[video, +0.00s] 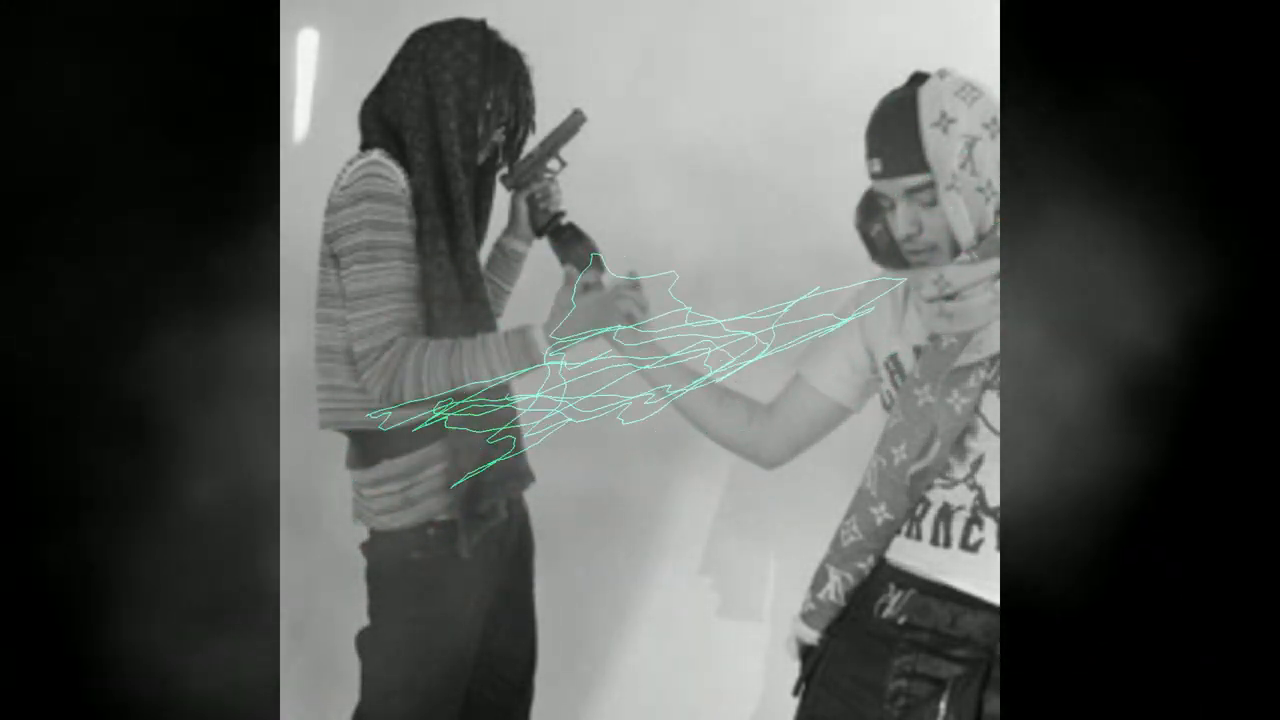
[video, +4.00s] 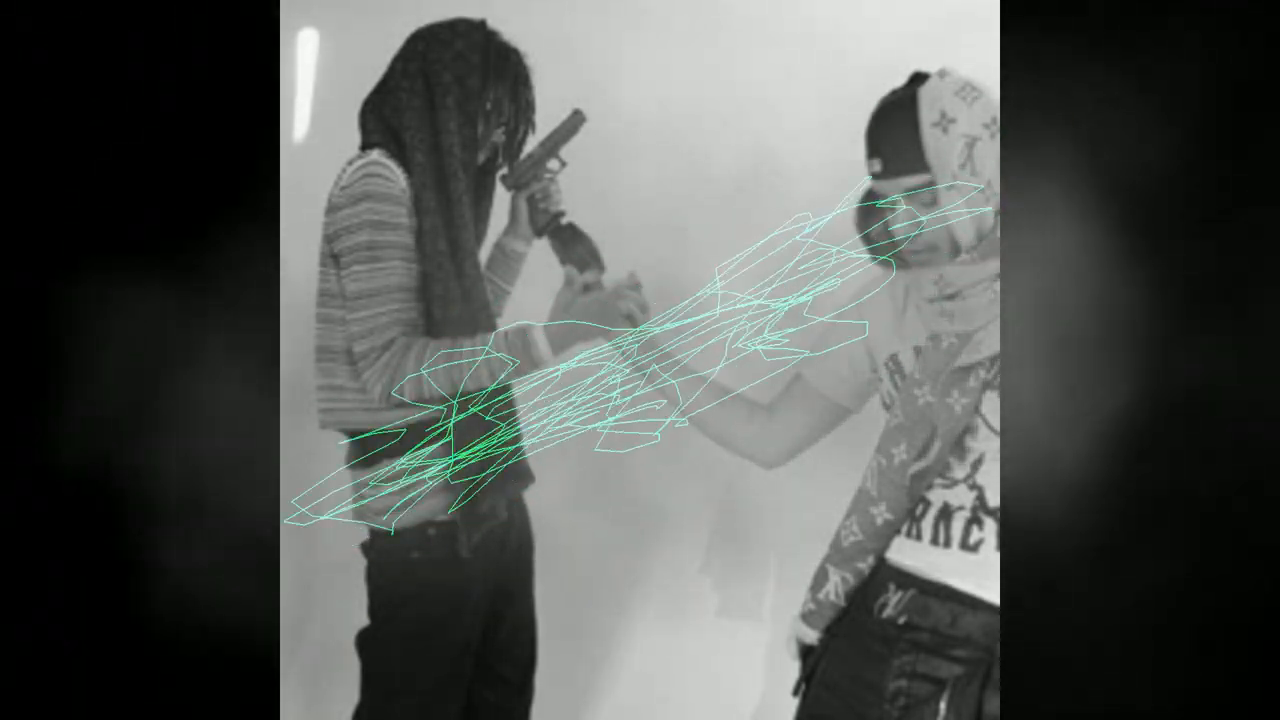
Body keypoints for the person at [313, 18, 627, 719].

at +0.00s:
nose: (496, 143)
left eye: (503, 125)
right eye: (491, 120)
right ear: (449, 108)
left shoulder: (426, 191)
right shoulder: (376, 183)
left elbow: (463, 332)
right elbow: (386, 370)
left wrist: (518, 233)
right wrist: (550, 337)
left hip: (489, 509)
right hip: (425, 527)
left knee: (501, 702)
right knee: (408, 707)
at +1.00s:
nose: (498, 145)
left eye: (505, 127)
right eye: (493, 122)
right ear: (450, 108)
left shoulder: (425, 192)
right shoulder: (376, 183)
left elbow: (462, 332)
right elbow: (388, 368)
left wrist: (518, 235)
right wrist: (549, 339)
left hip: (485, 500)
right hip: (422, 516)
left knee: (500, 700)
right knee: (411, 705)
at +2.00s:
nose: (499, 148)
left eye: (505, 127)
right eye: (492, 123)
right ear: (449, 108)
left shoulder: (427, 192)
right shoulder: (377, 182)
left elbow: (461, 333)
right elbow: (389, 371)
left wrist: (517, 236)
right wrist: (538, 343)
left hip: (488, 505)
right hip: (425, 522)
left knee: (500, 701)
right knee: (413, 705)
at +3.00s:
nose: (498, 144)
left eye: (504, 124)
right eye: (490, 120)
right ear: (445, 108)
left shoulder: (429, 191)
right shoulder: (377, 183)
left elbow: (464, 335)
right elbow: (387, 370)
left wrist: (518, 234)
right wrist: (546, 343)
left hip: (488, 495)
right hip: (422, 509)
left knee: (499, 697)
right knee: (413, 702)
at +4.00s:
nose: (499, 143)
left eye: (506, 125)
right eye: (493, 119)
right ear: (449, 107)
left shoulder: (426, 192)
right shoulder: (377, 182)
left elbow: (461, 333)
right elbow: (390, 369)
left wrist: (519, 234)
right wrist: (553, 337)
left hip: (489, 506)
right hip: (425, 520)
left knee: (499, 702)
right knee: (411, 705)